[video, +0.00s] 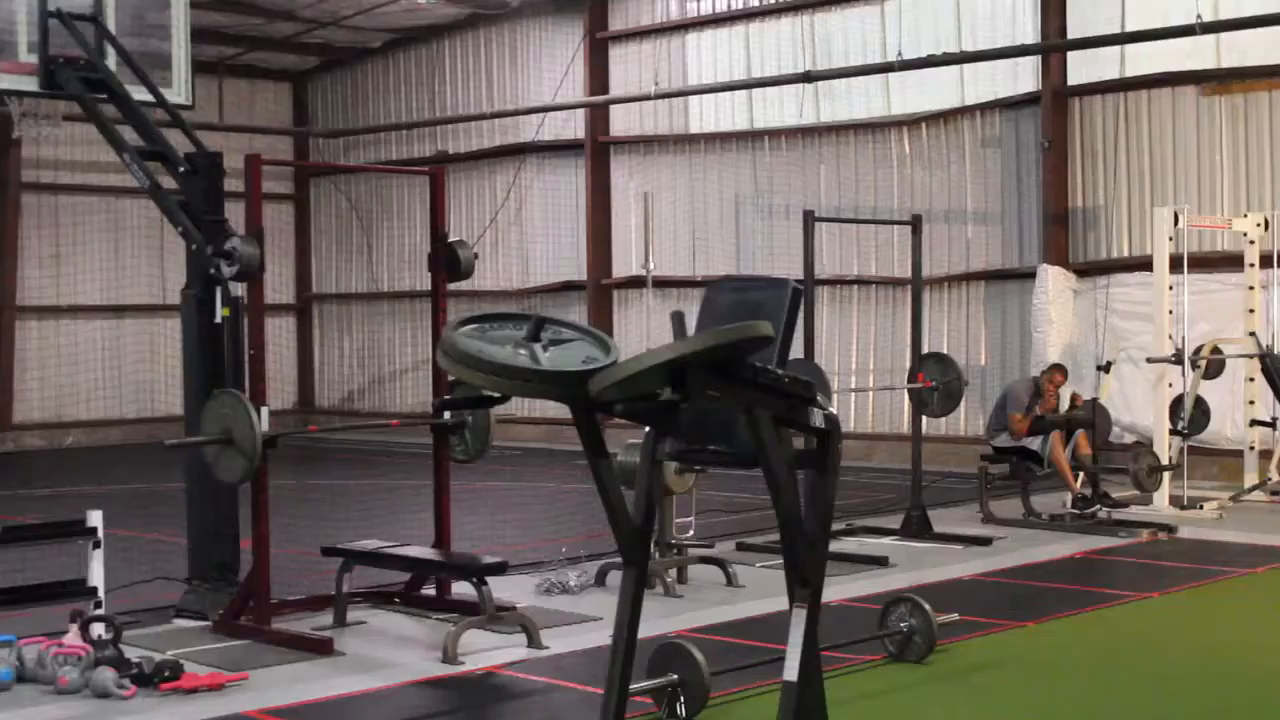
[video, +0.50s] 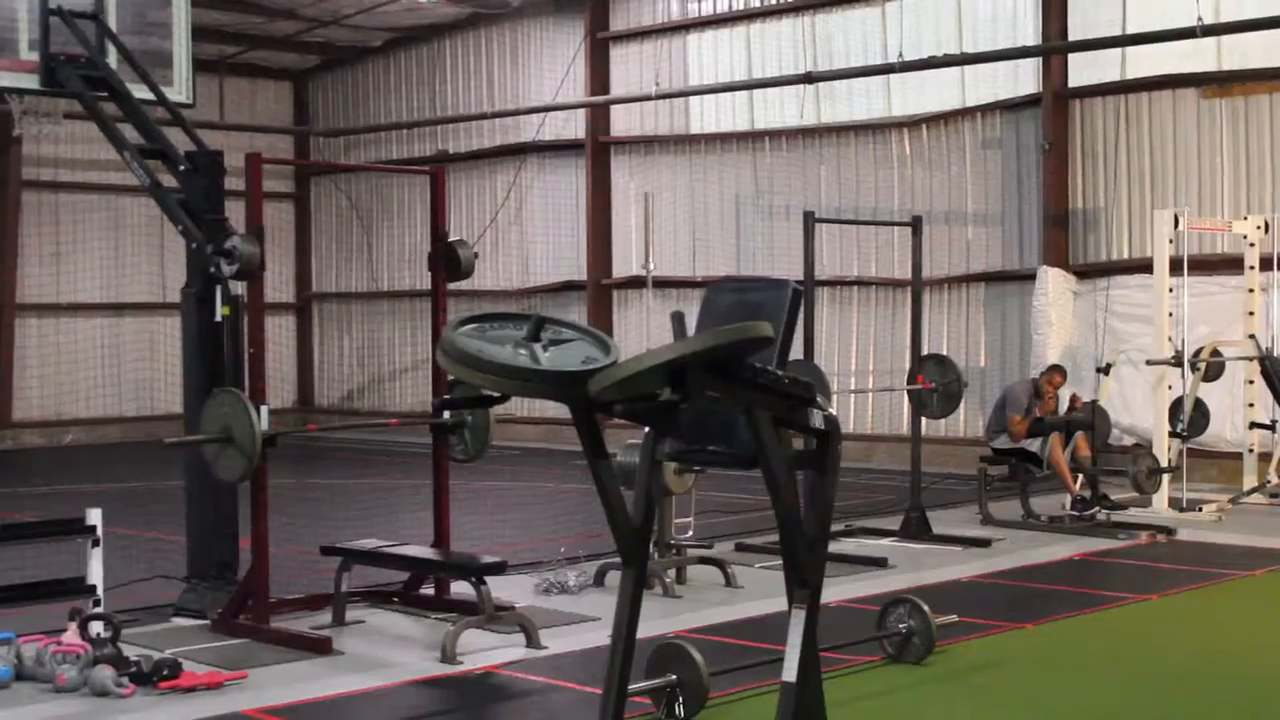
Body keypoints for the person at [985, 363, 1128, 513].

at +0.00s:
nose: (1052, 390)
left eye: (1057, 387)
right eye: (1050, 383)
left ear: (1061, 386)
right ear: (1043, 376)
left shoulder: (1051, 395)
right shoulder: (1019, 390)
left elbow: (1051, 423)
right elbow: (1017, 431)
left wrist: (1071, 409)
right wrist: (1040, 411)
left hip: (1028, 436)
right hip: (1002, 437)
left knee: (1079, 434)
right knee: (1053, 437)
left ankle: (1097, 491)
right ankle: (1076, 495)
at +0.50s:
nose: (1051, 391)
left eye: (1056, 388)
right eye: (1049, 384)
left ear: (1059, 388)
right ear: (1041, 376)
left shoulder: (1050, 397)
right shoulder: (1018, 392)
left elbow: (1050, 426)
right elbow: (1016, 434)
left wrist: (1070, 412)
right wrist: (1039, 414)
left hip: (1027, 438)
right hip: (1001, 439)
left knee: (1078, 436)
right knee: (1052, 439)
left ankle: (1096, 494)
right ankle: (1076, 498)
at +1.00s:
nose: (1050, 390)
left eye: (1055, 387)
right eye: (1048, 383)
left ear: (1059, 387)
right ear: (1040, 376)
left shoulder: (1050, 397)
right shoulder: (1018, 391)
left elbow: (1051, 426)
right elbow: (1016, 433)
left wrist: (1070, 412)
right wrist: (1039, 414)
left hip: (1028, 438)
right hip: (1001, 438)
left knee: (1078, 436)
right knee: (1053, 439)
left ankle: (1096, 494)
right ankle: (1077, 498)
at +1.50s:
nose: (1051, 389)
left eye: (1056, 386)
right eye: (1049, 383)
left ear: (1059, 386)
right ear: (1040, 375)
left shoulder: (1048, 395)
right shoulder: (1019, 390)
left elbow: (1050, 424)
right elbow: (1016, 434)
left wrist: (1071, 411)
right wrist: (1040, 415)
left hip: (1026, 438)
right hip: (1001, 439)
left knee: (1078, 435)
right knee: (1052, 439)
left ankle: (1097, 493)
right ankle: (1077, 497)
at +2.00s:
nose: (1052, 390)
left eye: (1056, 387)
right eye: (1050, 384)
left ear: (1059, 386)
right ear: (1041, 376)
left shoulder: (1050, 395)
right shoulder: (1019, 391)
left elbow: (1052, 426)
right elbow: (1017, 435)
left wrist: (1071, 411)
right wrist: (1039, 413)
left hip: (1028, 438)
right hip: (1002, 439)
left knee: (1079, 435)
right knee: (1053, 440)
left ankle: (1097, 493)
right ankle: (1077, 497)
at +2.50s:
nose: (1052, 390)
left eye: (1057, 387)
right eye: (1050, 384)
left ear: (1060, 387)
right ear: (1041, 376)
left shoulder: (1049, 395)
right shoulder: (1019, 391)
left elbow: (1051, 427)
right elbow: (1017, 435)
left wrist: (1071, 412)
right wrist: (1039, 412)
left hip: (1028, 438)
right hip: (1002, 440)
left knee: (1079, 436)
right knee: (1054, 440)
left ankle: (1098, 493)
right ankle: (1077, 498)